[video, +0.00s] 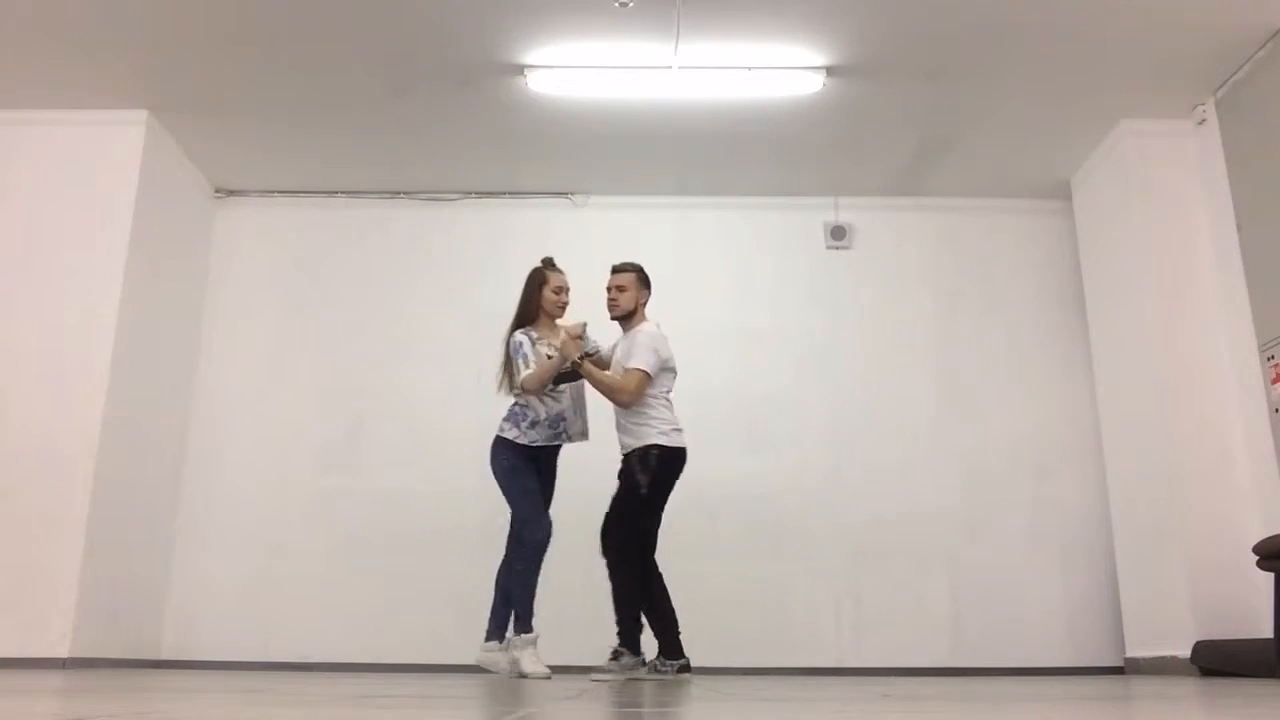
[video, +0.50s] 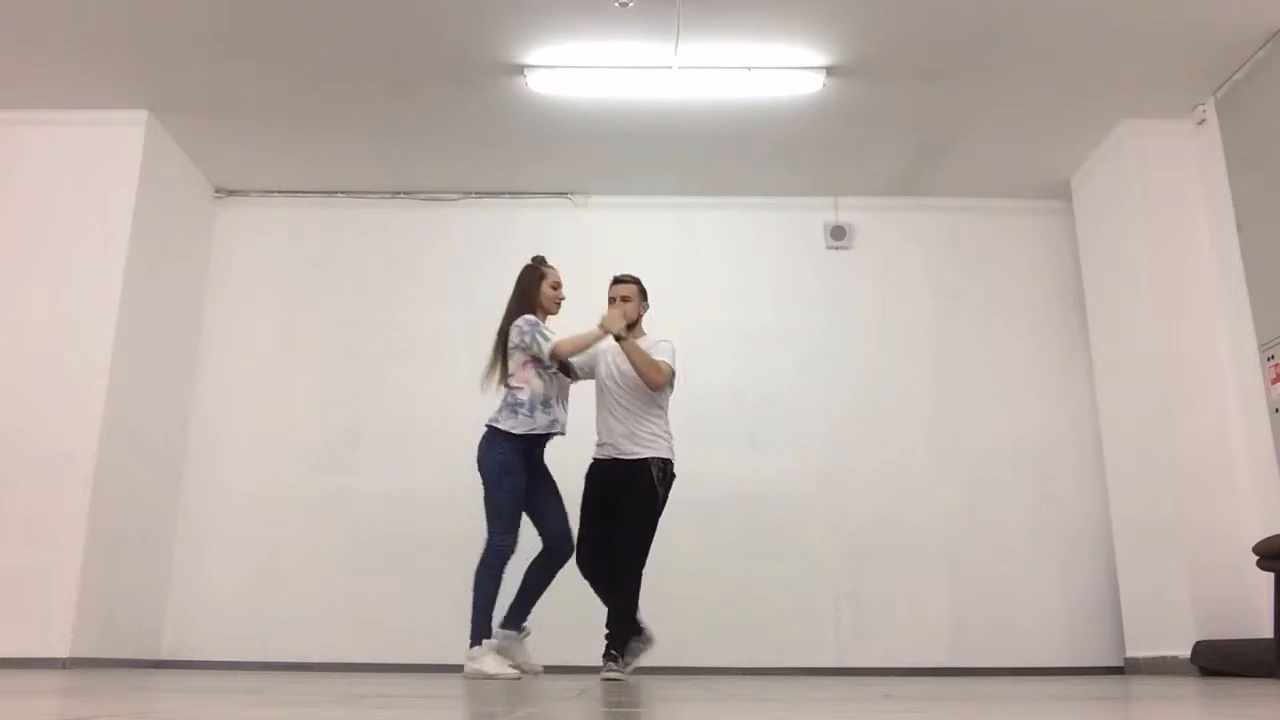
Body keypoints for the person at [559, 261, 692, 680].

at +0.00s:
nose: (611, 296)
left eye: (620, 290)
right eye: (609, 290)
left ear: (642, 296)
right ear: (610, 297)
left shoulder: (647, 337)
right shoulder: (622, 341)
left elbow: (626, 392)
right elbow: (587, 367)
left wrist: (580, 359)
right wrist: (570, 346)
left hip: (656, 451)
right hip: (641, 453)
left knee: (616, 538)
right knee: (636, 552)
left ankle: (629, 648)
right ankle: (672, 655)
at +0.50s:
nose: (618, 306)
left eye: (626, 300)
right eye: (612, 301)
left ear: (644, 307)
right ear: (607, 307)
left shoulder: (660, 346)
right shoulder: (601, 351)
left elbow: (657, 378)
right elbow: (560, 368)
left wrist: (620, 336)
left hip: (649, 463)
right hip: (606, 462)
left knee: (628, 558)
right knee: (589, 556)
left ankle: (614, 652)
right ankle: (635, 631)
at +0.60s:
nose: (616, 307)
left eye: (624, 301)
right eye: (611, 302)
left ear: (641, 309)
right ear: (604, 308)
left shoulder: (657, 351)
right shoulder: (593, 352)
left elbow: (669, 394)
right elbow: (565, 370)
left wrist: (633, 357)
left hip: (643, 466)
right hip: (597, 465)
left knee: (629, 559)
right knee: (593, 555)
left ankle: (617, 650)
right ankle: (600, 640)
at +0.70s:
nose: (615, 311)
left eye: (622, 305)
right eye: (609, 305)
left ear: (637, 312)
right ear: (600, 311)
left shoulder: (650, 359)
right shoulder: (584, 354)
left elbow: (673, 408)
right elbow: (554, 388)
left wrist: (638, 369)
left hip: (638, 470)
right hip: (591, 468)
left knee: (631, 565)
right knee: (595, 564)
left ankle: (620, 651)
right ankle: (591, 649)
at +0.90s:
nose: (607, 316)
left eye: (614, 310)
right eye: (600, 309)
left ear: (624, 317)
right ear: (586, 313)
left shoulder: (631, 364)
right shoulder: (570, 352)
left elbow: (671, 406)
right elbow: (512, 361)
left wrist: (663, 366)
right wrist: (546, 351)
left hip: (621, 468)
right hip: (579, 464)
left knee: (637, 550)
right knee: (585, 553)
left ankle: (627, 638)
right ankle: (588, 639)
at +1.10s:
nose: (610, 284)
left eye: (596, 276)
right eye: (609, 277)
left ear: (572, 282)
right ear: (611, 280)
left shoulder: (560, 327)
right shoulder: (628, 316)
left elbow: (513, 360)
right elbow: (676, 342)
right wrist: (671, 320)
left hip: (559, 446)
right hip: (602, 446)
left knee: (571, 546)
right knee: (629, 546)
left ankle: (538, 637)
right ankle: (638, 643)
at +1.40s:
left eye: (583, 287)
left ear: (594, 284)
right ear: (634, 284)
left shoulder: (578, 325)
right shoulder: (646, 319)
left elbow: (523, 354)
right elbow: (673, 332)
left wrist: (504, 340)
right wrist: (640, 307)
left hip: (605, 434)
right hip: (652, 429)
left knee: (619, 542)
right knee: (652, 543)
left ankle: (585, 643)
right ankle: (639, 651)